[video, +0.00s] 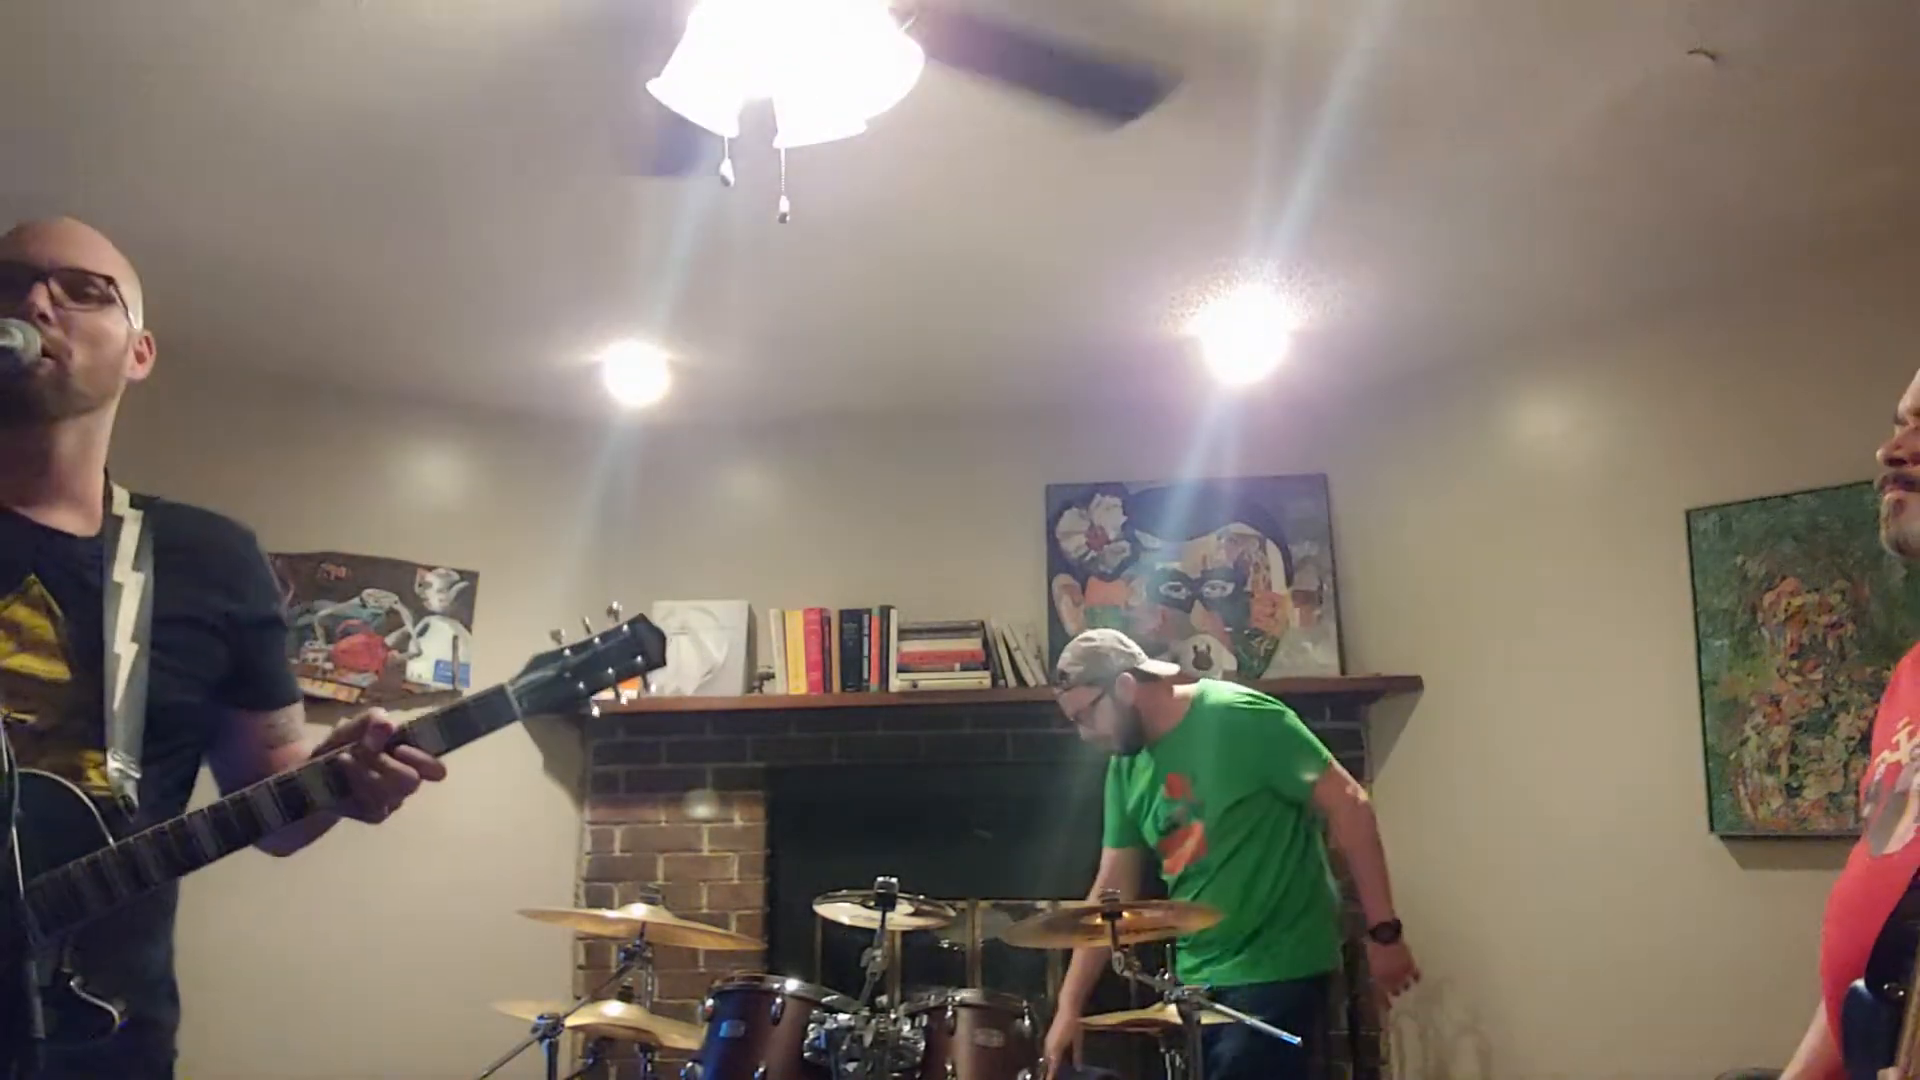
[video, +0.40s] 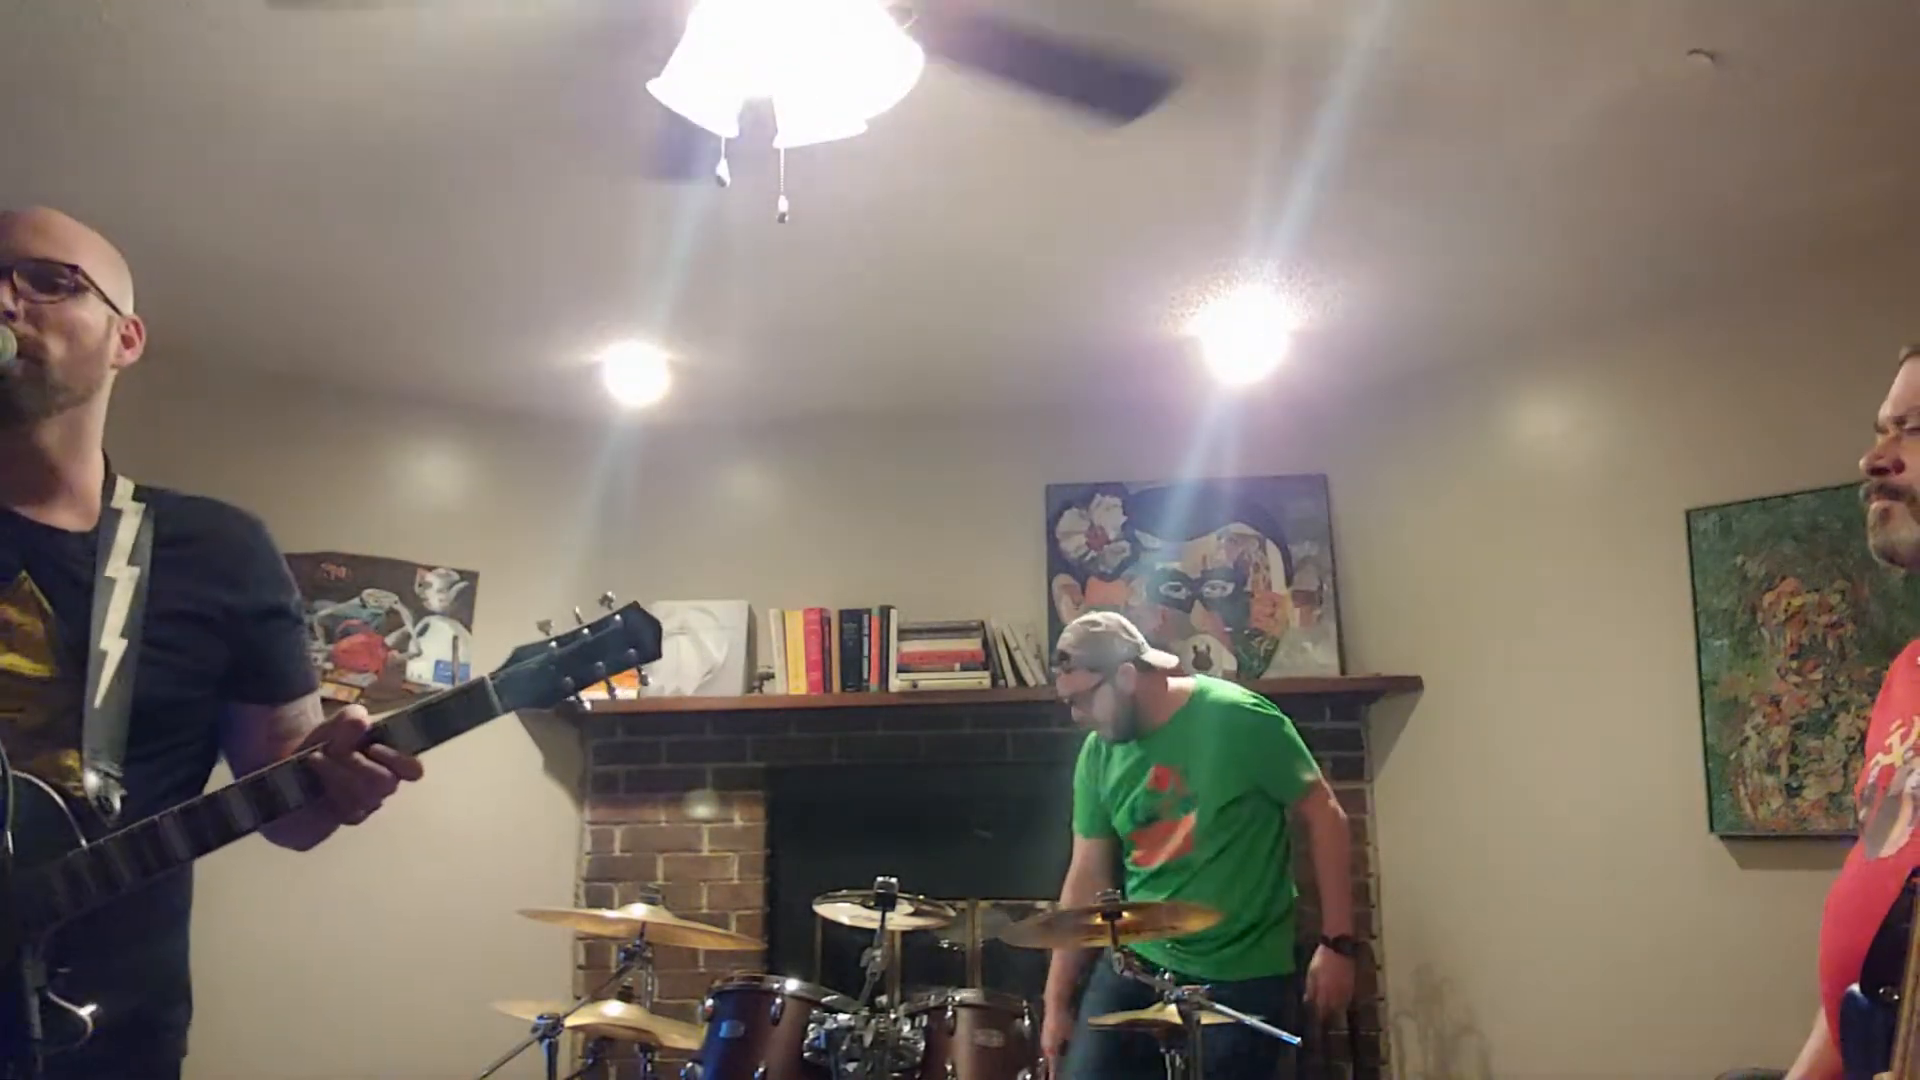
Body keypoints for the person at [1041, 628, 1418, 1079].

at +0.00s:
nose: (1086, 734)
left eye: (1086, 716)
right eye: (1077, 723)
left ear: (1125, 687)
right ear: (1125, 689)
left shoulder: (1241, 716)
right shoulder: (1126, 764)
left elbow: (1349, 803)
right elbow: (1111, 893)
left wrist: (1384, 931)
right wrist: (1069, 1005)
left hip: (1280, 976)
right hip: (1197, 980)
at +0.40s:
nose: (1077, 716)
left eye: (1082, 699)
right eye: (1069, 703)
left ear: (1126, 676)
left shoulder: (1241, 719)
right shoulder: (1099, 753)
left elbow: (1326, 816)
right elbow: (1087, 879)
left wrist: (1339, 942)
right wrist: (1057, 1001)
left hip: (1242, 977)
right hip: (1135, 970)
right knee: (1082, 1072)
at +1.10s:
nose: (1070, 729)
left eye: (1088, 715)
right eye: (1059, 712)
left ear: (1127, 709)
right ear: (1045, 699)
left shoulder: (1157, 789)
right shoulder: (995, 755)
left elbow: (1144, 930)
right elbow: (936, 864)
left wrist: (1074, 1035)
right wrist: (924, 987)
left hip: (1099, 992)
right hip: (987, 986)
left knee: (1142, 1060)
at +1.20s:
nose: (1063, 750)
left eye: (1078, 734)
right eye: (1049, 732)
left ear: (1112, 726)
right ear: (1030, 719)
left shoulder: (1145, 805)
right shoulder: (979, 775)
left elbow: (1121, 939)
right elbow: (920, 896)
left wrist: (1049, 1045)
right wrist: (909, 1014)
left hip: (1088, 995)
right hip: (975, 988)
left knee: (1142, 1068)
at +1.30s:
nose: (1054, 758)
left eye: (1071, 741)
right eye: (1039, 740)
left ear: (1102, 737)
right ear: (1019, 732)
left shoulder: (1137, 817)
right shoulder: (970, 791)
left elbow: (1126, 948)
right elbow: (919, 909)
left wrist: (1060, 1059)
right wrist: (909, 1023)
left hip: (1082, 1001)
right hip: (970, 997)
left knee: (1146, 1068)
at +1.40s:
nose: (1049, 765)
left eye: (1066, 747)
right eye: (1033, 746)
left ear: (1095, 744)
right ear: (1011, 740)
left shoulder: (1132, 823)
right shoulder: (964, 803)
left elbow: (1125, 952)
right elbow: (922, 919)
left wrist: (1062, 1062)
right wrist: (918, 1028)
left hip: (1082, 1004)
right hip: (971, 1002)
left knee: (1146, 1069)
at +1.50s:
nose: (1040, 765)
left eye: (1057, 748)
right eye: (1024, 747)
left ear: (1087, 744)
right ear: (1004, 742)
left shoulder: (1126, 822)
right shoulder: (961, 805)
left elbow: (1123, 955)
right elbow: (922, 921)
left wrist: (1060, 1064)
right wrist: (920, 1031)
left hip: (1082, 1004)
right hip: (973, 1002)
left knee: (1146, 1069)